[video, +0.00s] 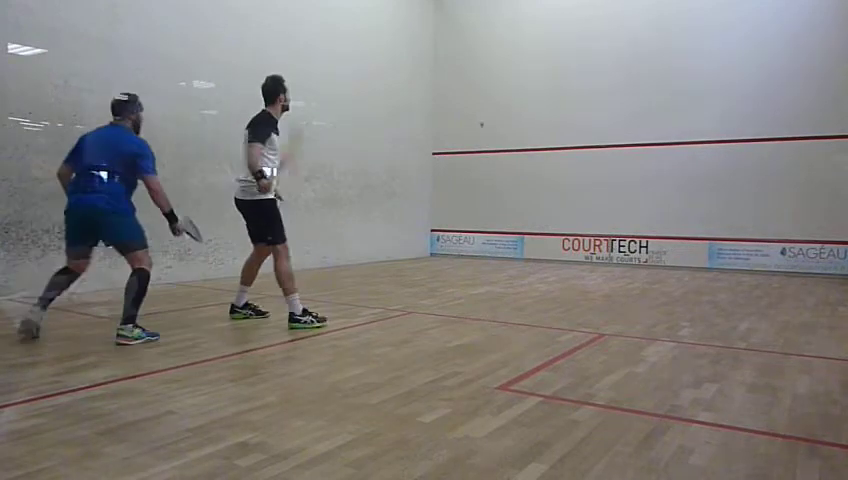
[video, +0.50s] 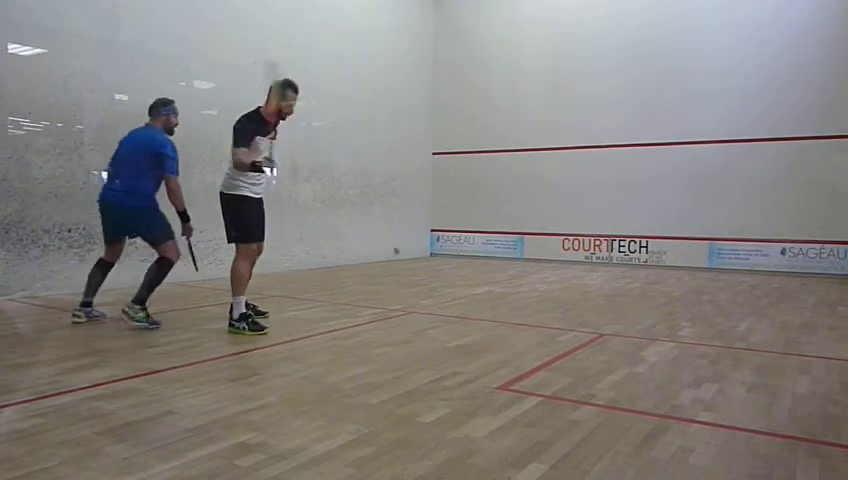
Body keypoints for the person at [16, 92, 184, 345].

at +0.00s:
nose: (142, 120)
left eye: (141, 115)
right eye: (141, 115)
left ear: (114, 116)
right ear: (135, 117)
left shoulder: (89, 137)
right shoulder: (138, 145)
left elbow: (64, 173)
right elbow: (154, 188)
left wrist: (79, 202)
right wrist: (172, 219)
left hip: (78, 209)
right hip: (114, 210)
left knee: (75, 266)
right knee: (141, 265)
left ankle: (38, 310)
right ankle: (128, 327)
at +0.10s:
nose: (154, 122)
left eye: (154, 116)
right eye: (152, 117)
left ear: (127, 117)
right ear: (142, 118)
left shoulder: (98, 137)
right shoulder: (145, 148)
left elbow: (71, 171)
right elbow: (158, 191)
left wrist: (82, 203)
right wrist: (175, 225)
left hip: (84, 209)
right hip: (119, 213)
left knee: (95, 255)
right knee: (144, 266)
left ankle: (55, 301)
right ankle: (128, 327)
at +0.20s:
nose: (159, 120)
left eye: (159, 114)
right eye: (157, 115)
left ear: (133, 114)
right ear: (146, 115)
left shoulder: (104, 135)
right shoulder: (150, 146)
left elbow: (77, 167)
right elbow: (162, 189)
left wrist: (76, 206)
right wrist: (176, 222)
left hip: (90, 206)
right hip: (124, 210)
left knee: (104, 250)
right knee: (141, 265)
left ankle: (74, 303)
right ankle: (128, 326)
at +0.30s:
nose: (162, 120)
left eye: (162, 115)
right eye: (160, 115)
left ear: (136, 115)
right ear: (149, 116)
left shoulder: (108, 136)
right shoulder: (153, 146)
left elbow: (83, 168)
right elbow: (164, 188)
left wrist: (79, 206)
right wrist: (177, 219)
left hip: (96, 205)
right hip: (127, 209)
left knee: (108, 252)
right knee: (139, 263)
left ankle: (85, 306)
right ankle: (126, 321)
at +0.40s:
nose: (168, 122)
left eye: (168, 116)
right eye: (166, 117)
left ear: (143, 116)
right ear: (155, 117)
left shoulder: (117, 137)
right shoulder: (156, 146)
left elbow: (93, 170)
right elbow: (166, 188)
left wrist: (94, 208)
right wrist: (179, 221)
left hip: (103, 205)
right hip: (134, 208)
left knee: (110, 252)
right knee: (157, 257)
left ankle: (85, 305)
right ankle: (129, 308)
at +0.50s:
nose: (177, 122)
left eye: (177, 117)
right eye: (175, 117)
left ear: (154, 117)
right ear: (165, 117)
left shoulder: (131, 136)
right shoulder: (165, 144)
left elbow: (113, 169)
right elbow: (172, 186)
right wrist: (185, 220)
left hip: (110, 202)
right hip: (140, 205)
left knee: (111, 253)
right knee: (170, 254)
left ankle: (85, 306)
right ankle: (137, 306)